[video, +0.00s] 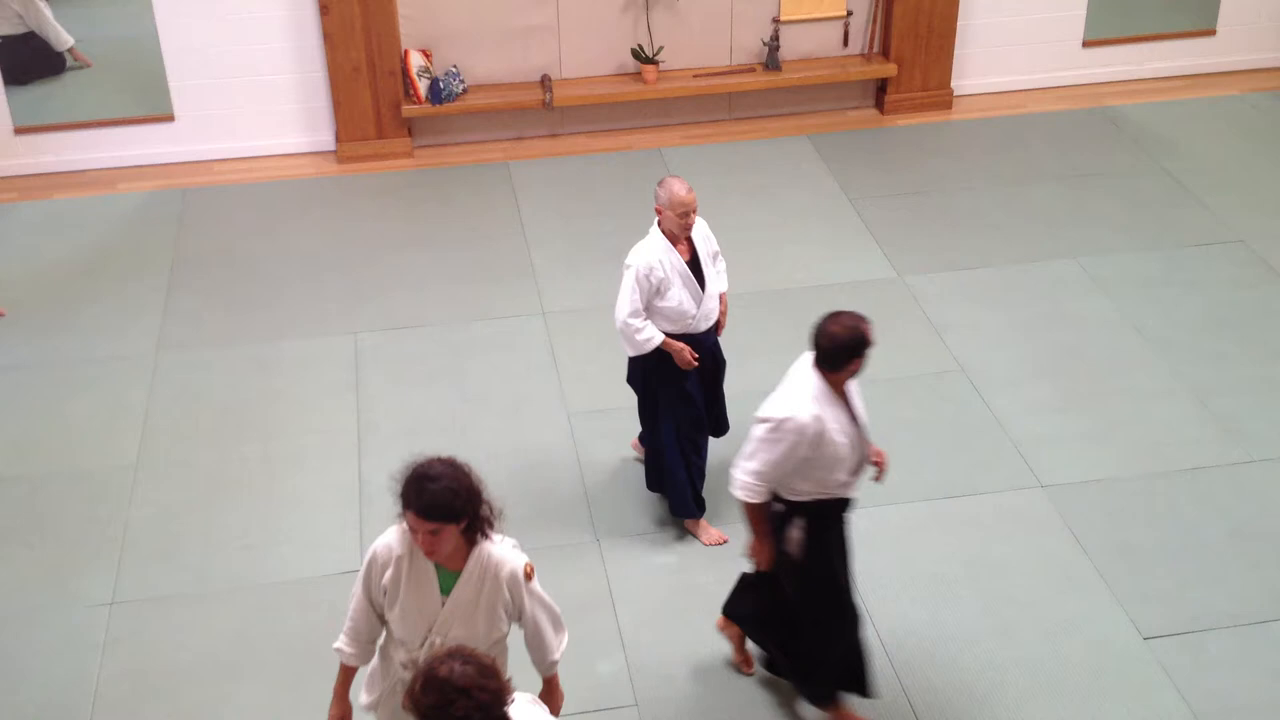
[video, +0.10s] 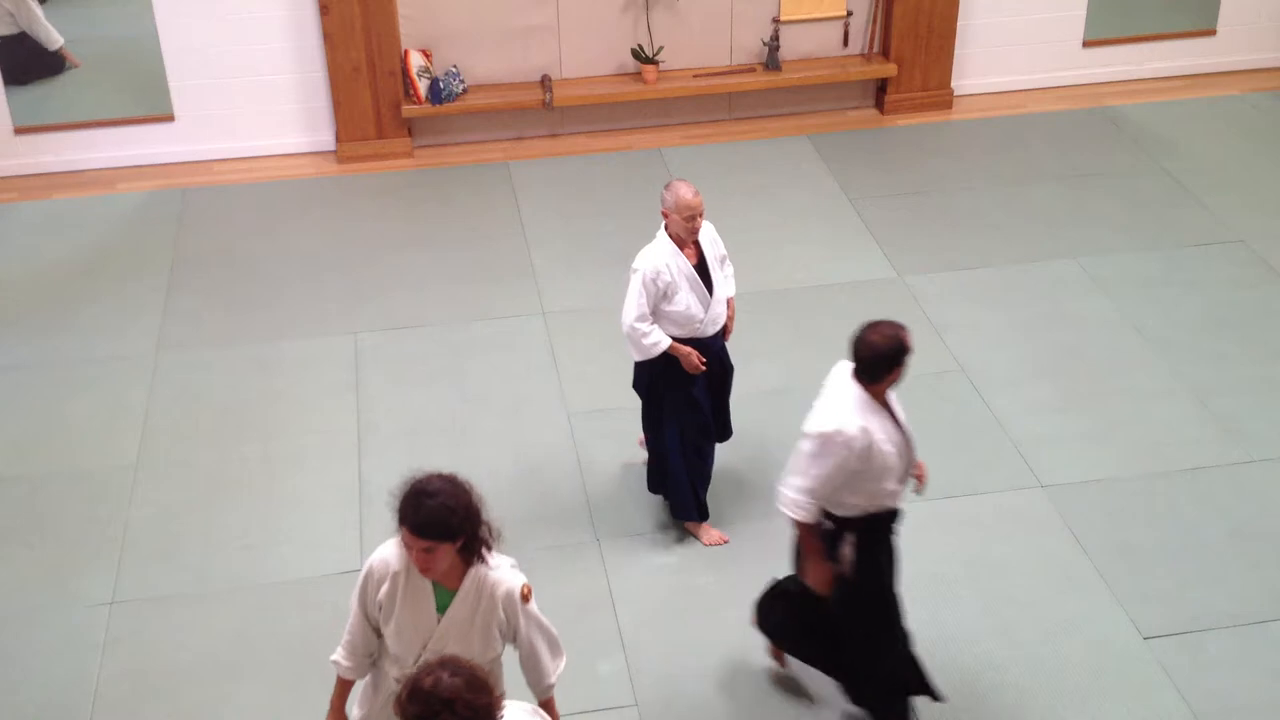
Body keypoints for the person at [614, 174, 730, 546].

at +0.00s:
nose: (691, 221)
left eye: (694, 212)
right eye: (683, 215)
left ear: (696, 207)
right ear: (660, 212)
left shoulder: (699, 229)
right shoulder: (643, 259)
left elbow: (717, 265)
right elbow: (628, 320)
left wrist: (721, 303)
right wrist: (670, 347)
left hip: (704, 344)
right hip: (666, 356)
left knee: (698, 413)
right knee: (681, 434)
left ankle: (651, 441)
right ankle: (692, 515)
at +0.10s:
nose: (697, 223)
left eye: (700, 215)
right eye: (689, 218)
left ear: (703, 210)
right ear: (666, 216)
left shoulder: (707, 233)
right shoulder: (650, 263)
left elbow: (724, 269)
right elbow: (635, 324)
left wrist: (728, 308)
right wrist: (678, 351)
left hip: (711, 348)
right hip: (672, 360)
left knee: (709, 425)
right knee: (683, 438)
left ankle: (659, 441)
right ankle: (692, 518)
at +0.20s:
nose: (707, 230)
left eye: (710, 221)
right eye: (698, 224)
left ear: (714, 215)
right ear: (676, 221)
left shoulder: (717, 239)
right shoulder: (661, 271)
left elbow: (735, 274)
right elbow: (645, 333)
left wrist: (739, 311)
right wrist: (689, 359)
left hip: (722, 356)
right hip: (680, 368)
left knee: (726, 436)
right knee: (690, 443)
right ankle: (695, 523)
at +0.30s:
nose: (718, 235)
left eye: (721, 226)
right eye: (710, 229)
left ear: (724, 221)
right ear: (687, 227)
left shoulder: (726, 245)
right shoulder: (671, 276)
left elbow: (743, 279)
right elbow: (656, 340)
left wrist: (748, 316)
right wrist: (700, 366)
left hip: (732, 361)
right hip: (689, 372)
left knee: (738, 437)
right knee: (696, 449)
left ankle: (722, 498)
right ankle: (697, 523)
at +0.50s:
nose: (744, 245)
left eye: (747, 237)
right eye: (736, 238)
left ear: (750, 232)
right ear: (712, 236)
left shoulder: (749, 255)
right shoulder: (695, 287)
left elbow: (762, 294)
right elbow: (681, 352)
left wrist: (768, 330)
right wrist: (728, 377)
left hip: (753, 371)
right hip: (709, 385)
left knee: (773, 449)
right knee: (709, 458)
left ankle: (779, 529)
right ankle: (705, 530)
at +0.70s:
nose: (781, 251)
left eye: (782, 243)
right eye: (772, 246)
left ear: (783, 240)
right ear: (746, 249)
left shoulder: (779, 273)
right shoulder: (727, 299)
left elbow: (790, 310)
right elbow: (719, 363)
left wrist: (796, 340)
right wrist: (770, 380)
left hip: (781, 393)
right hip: (738, 399)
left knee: (795, 467)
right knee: (730, 466)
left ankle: (800, 545)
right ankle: (706, 519)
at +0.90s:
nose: (822, 250)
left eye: (820, 243)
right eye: (814, 246)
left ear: (790, 255)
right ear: (786, 256)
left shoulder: (808, 276)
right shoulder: (767, 306)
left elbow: (809, 337)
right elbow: (764, 372)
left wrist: (824, 375)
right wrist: (817, 379)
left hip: (814, 396)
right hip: (779, 404)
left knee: (816, 476)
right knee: (769, 473)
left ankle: (802, 548)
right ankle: (715, 511)